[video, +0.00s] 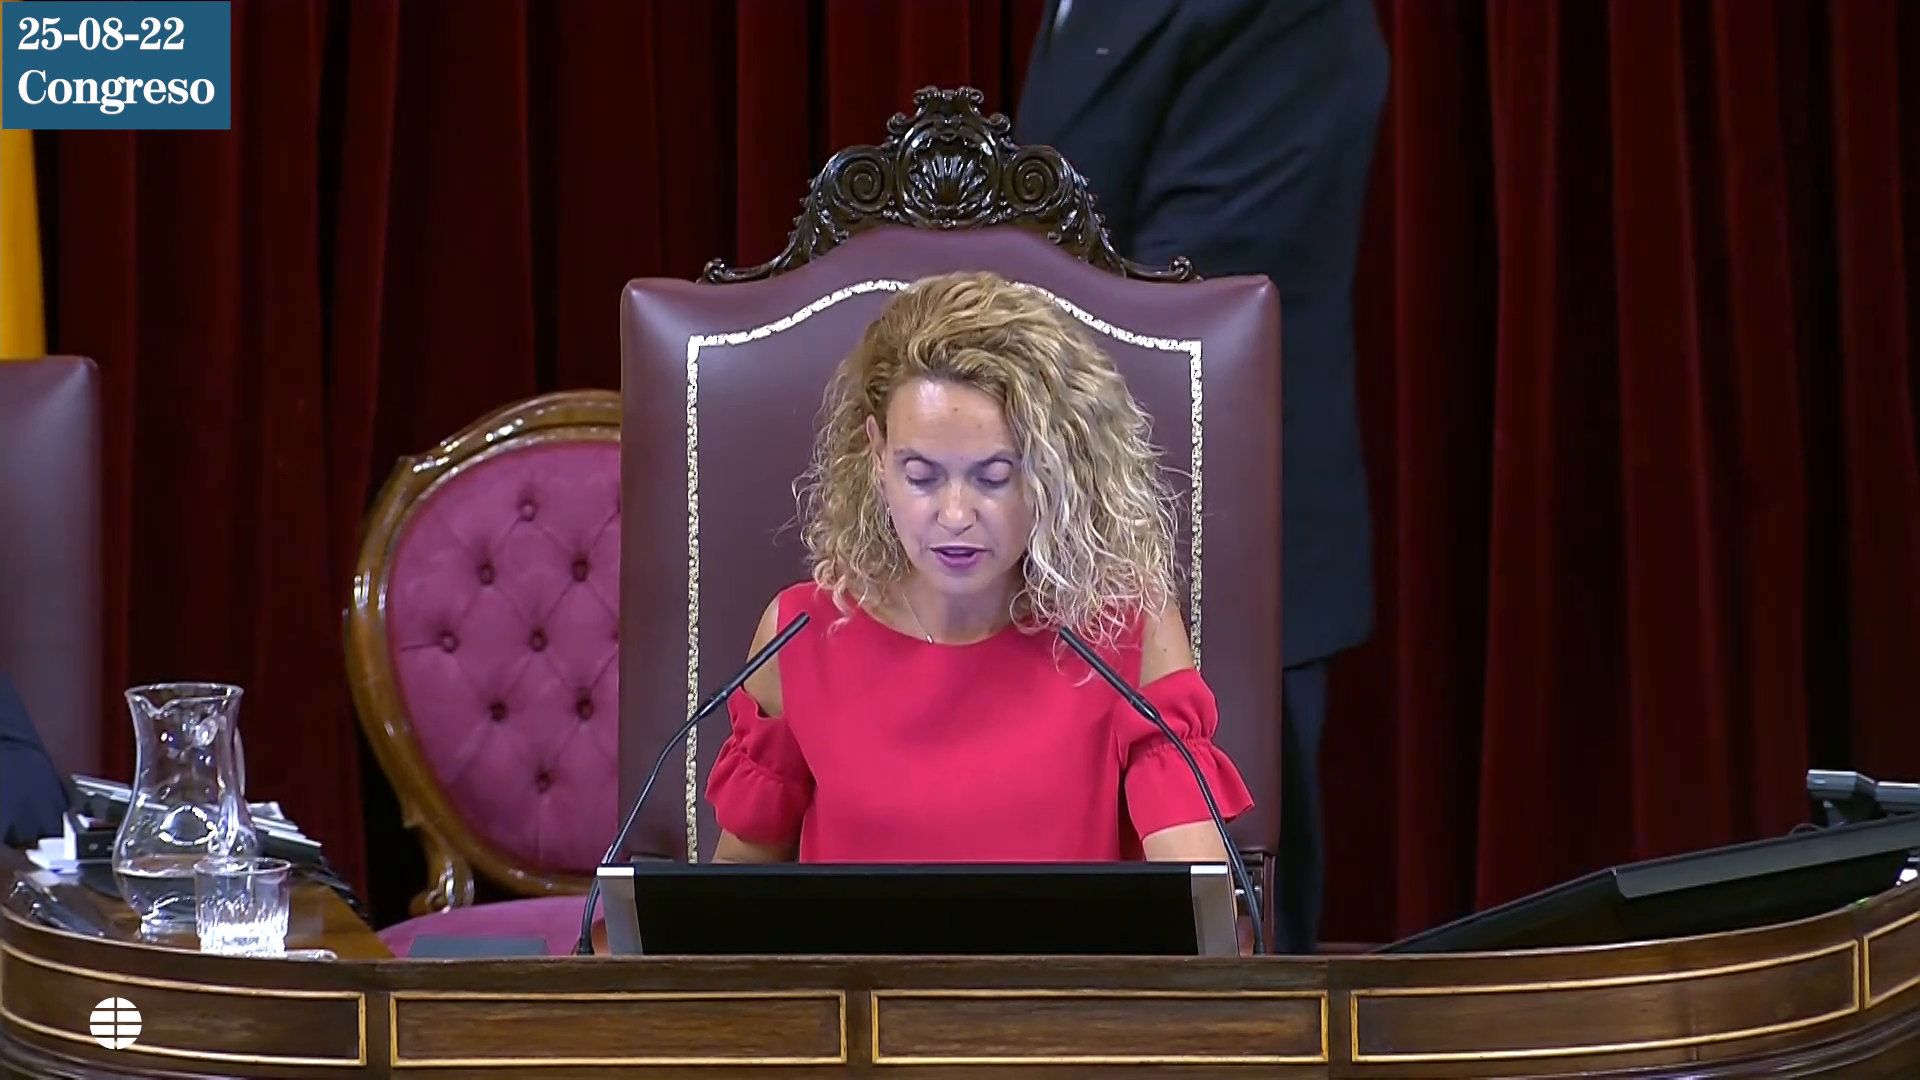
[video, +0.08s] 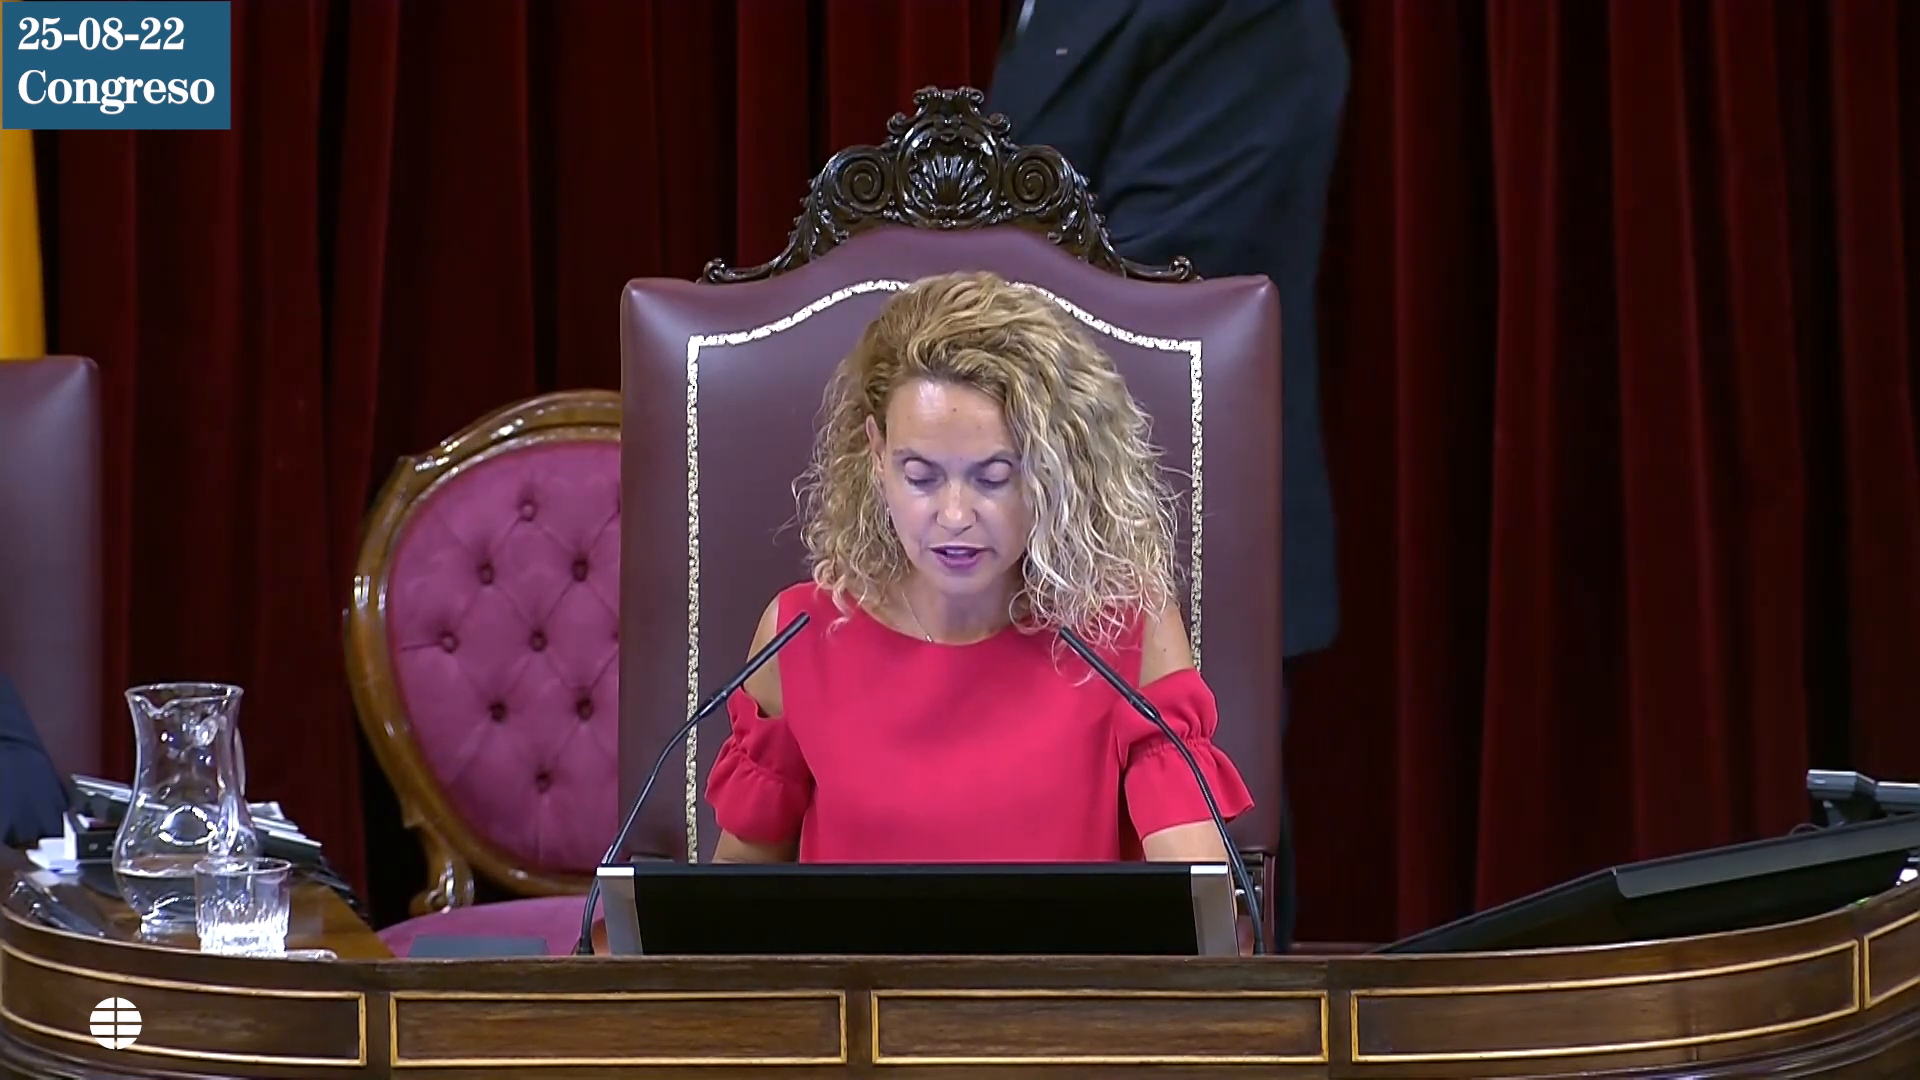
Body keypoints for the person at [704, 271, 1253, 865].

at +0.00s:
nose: (955, 513)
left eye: (993, 476)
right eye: (922, 474)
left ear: (1055, 473)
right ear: (877, 464)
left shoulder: (1127, 625)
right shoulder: (803, 631)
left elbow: (1199, 890)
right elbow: (742, 881)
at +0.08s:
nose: (955, 514)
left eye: (992, 476)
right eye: (922, 475)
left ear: (1055, 473)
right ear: (876, 462)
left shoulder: (1126, 625)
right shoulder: (803, 631)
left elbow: (1199, 891)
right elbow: (741, 883)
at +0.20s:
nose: (954, 514)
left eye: (992, 476)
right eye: (922, 474)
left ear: (1056, 469)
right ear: (875, 454)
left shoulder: (1127, 628)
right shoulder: (803, 632)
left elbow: (1200, 898)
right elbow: (742, 884)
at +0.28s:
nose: (954, 514)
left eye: (992, 476)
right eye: (921, 474)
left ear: (1055, 472)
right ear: (876, 458)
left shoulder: (1126, 626)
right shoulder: (803, 631)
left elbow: (1202, 901)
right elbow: (741, 885)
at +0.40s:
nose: (954, 515)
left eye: (992, 475)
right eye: (921, 474)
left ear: (1055, 469)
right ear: (875, 454)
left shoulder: (1125, 625)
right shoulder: (803, 632)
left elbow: (1202, 901)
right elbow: (741, 885)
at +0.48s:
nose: (953, 516)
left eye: (991, 475)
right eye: (921, 474)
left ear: (1056, 467)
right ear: (875, 454)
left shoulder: (1126, 626)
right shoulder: (803, 632)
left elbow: (1200, 900)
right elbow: (741, 887)